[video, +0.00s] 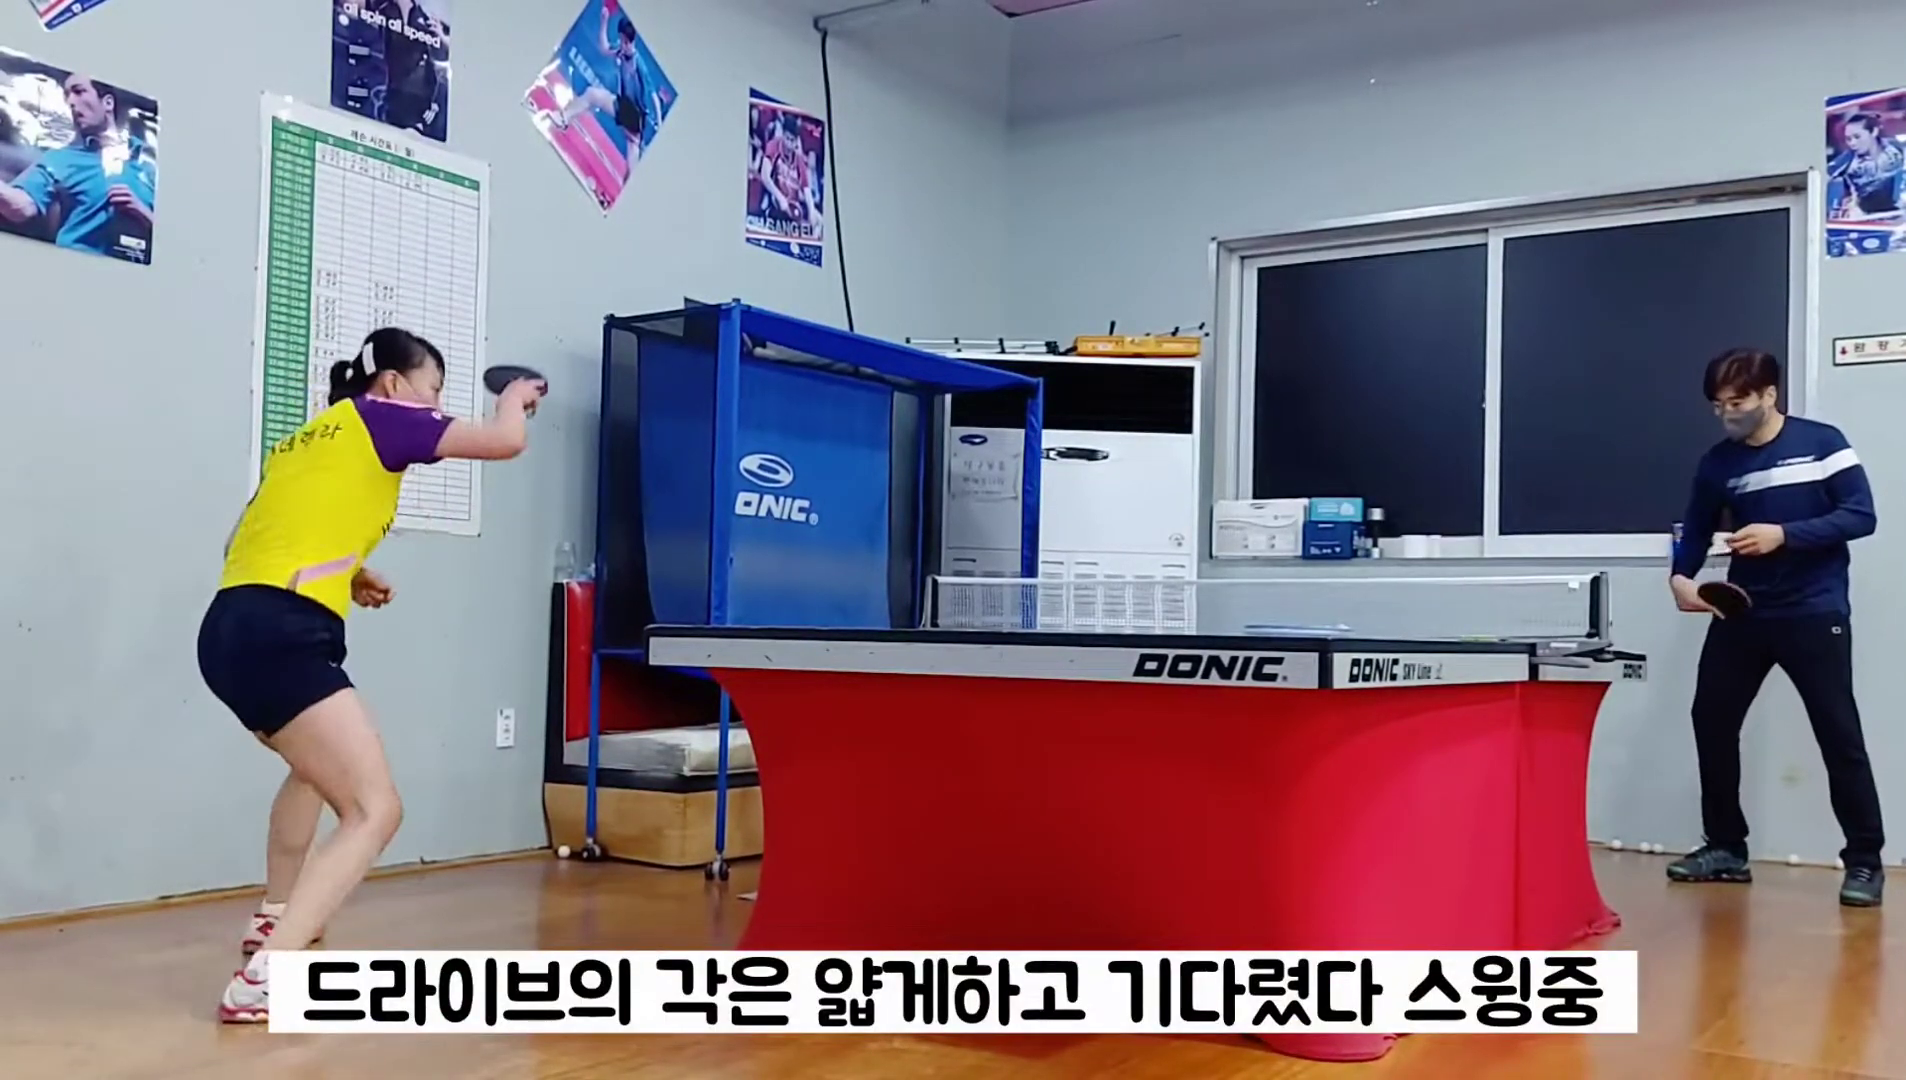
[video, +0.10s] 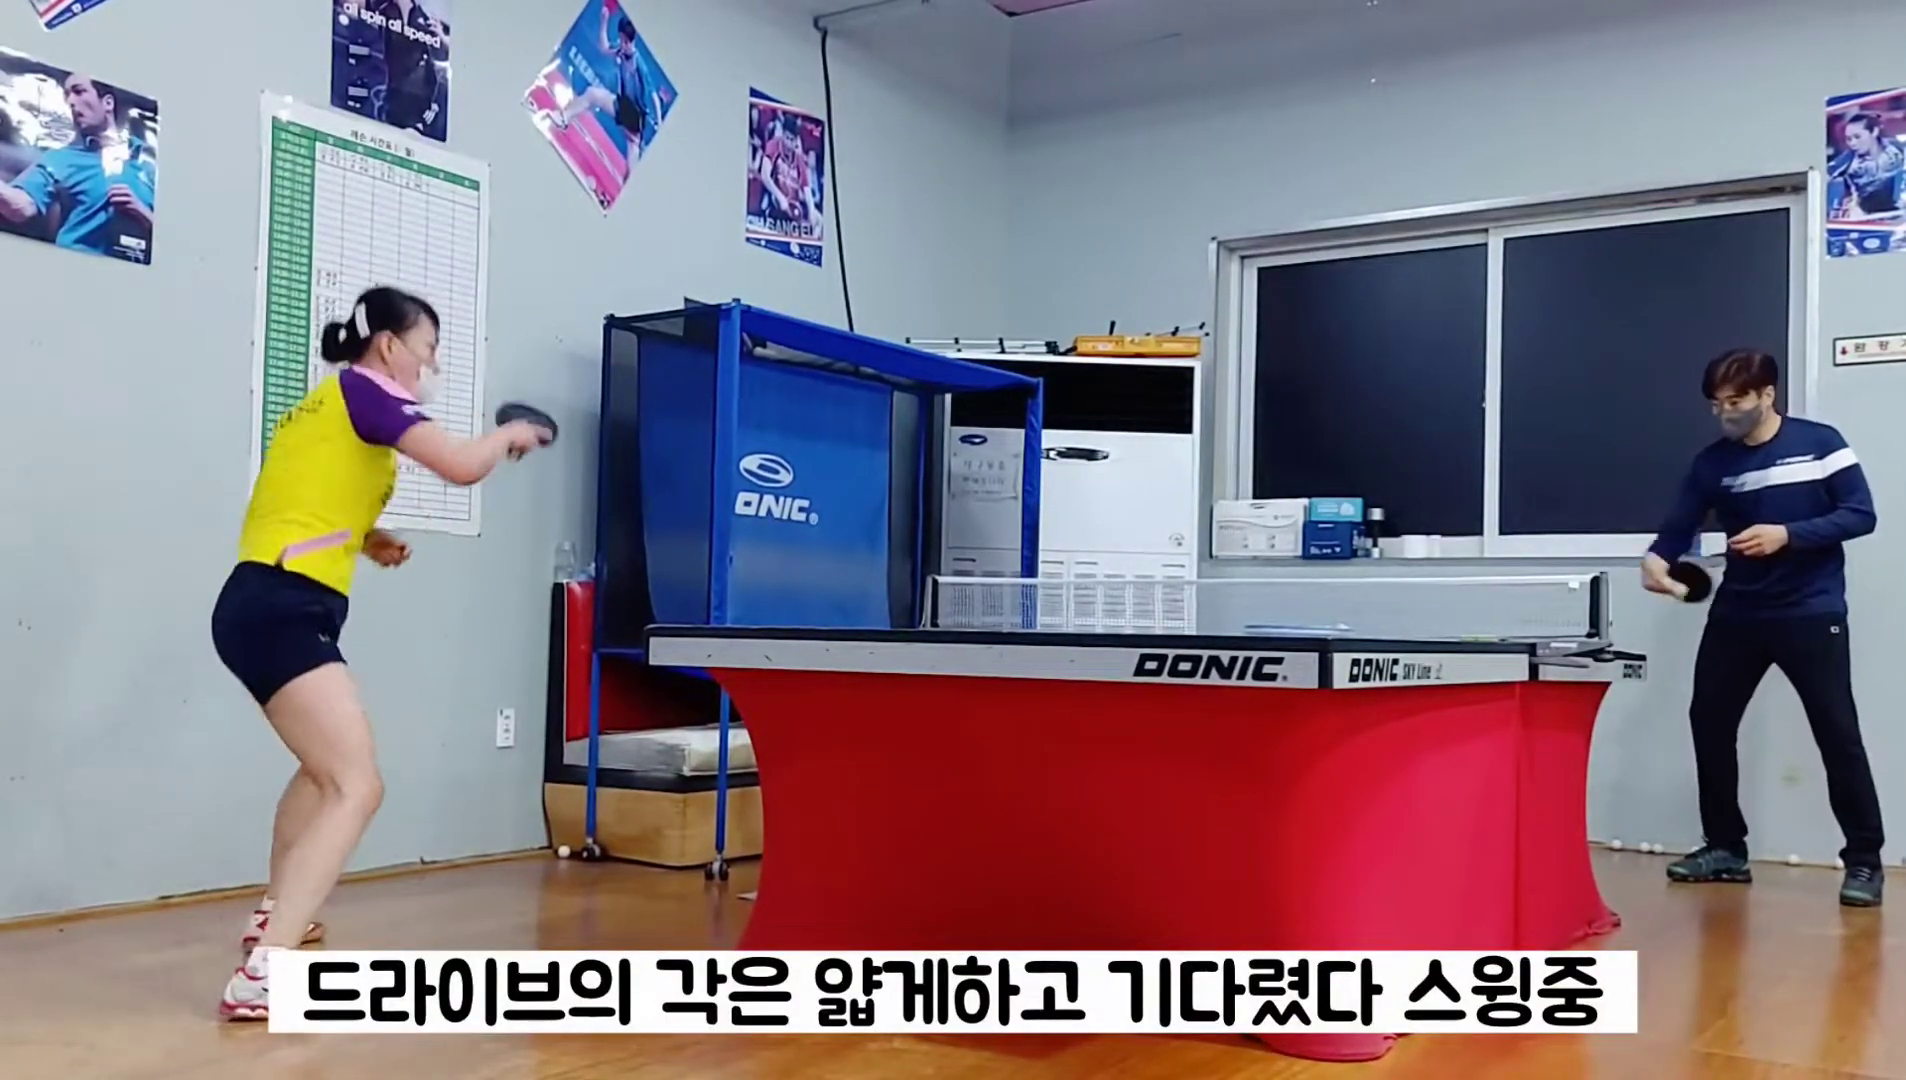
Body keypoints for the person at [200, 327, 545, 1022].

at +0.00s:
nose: (434, 406)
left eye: (437, 395)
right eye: (431, 392)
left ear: (372, 386)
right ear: (391, 381)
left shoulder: (303, 439)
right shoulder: (383, 418)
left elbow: (274, 527)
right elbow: (505, 441)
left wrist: (348, 570)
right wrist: (515, 398)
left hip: (228, 632)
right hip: (281, 632)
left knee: (310, 772)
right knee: (374, 810)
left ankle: (275, 919)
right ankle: (270, 976)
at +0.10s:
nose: (433, 365)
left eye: (435, 352)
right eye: (427, 350)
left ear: (374, 344)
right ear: (384, 342)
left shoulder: (322, 402)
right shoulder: (362, 393)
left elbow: (300, 494)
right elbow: (463, 465)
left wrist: (365, 537)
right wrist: (508, 434)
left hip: (255, 608)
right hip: (284, 612)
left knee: (323, 770)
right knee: (358, 788)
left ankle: (279, 912)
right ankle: (267, 970)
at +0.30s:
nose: (417, 365)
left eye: (417, 351)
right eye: (406, 351)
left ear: (376, 360)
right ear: (358, 359)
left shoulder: (404, 442)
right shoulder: (286, 438)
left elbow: (379, 518)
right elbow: (232, 549)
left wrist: (404, 538)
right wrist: (274, 611)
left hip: (346, 633)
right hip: (267, 628)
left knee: (357, 801)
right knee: (346, 770)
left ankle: (260, 896)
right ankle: (280, 963)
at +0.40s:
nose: (404, 410)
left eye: (405, 395)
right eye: (390, 396)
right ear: (338, 408)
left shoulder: (409, 480)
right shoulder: (267, 482)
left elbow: (420, 560)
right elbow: (184, 573)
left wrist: (402, 583)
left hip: (349, 662)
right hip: (264, 649)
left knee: (364, 832)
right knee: (341, 765)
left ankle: (260, 900)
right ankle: (281, 964)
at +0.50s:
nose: (395, 416)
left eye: (397, 401)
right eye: (380, 402)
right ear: (330, 416)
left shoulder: (409, 485)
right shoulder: (260, 485)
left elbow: (420, 574)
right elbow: (173, 557)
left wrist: (386, 591)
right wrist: (72, 585)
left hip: (348, 668)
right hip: (263, 652)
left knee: (363, 837)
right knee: (339, 761)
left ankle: (258, 905)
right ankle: (280, 962)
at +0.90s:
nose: (400, 389)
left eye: (401, 377)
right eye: (395, 374)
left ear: (335, 367)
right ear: (356, 362)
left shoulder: (272, 428)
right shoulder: (347, 398)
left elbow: (247, 524)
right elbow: (467, 381)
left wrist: (336, 558)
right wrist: (475, 343)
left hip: (218, 622)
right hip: (269, 621)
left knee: (303, 772)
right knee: (347, 806)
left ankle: (260, 910)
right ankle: (253, 968)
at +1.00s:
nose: (396, 393)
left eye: (398, 382)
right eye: (390, 379)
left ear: (326, 376)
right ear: (351, 371)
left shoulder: (257, 441)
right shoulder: (351, 406)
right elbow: (474, 416)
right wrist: (481, 386)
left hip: (214, 628)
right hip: (270, 625)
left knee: (303, 770)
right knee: (353, 806)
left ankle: (260, 911)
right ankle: (251, 970)